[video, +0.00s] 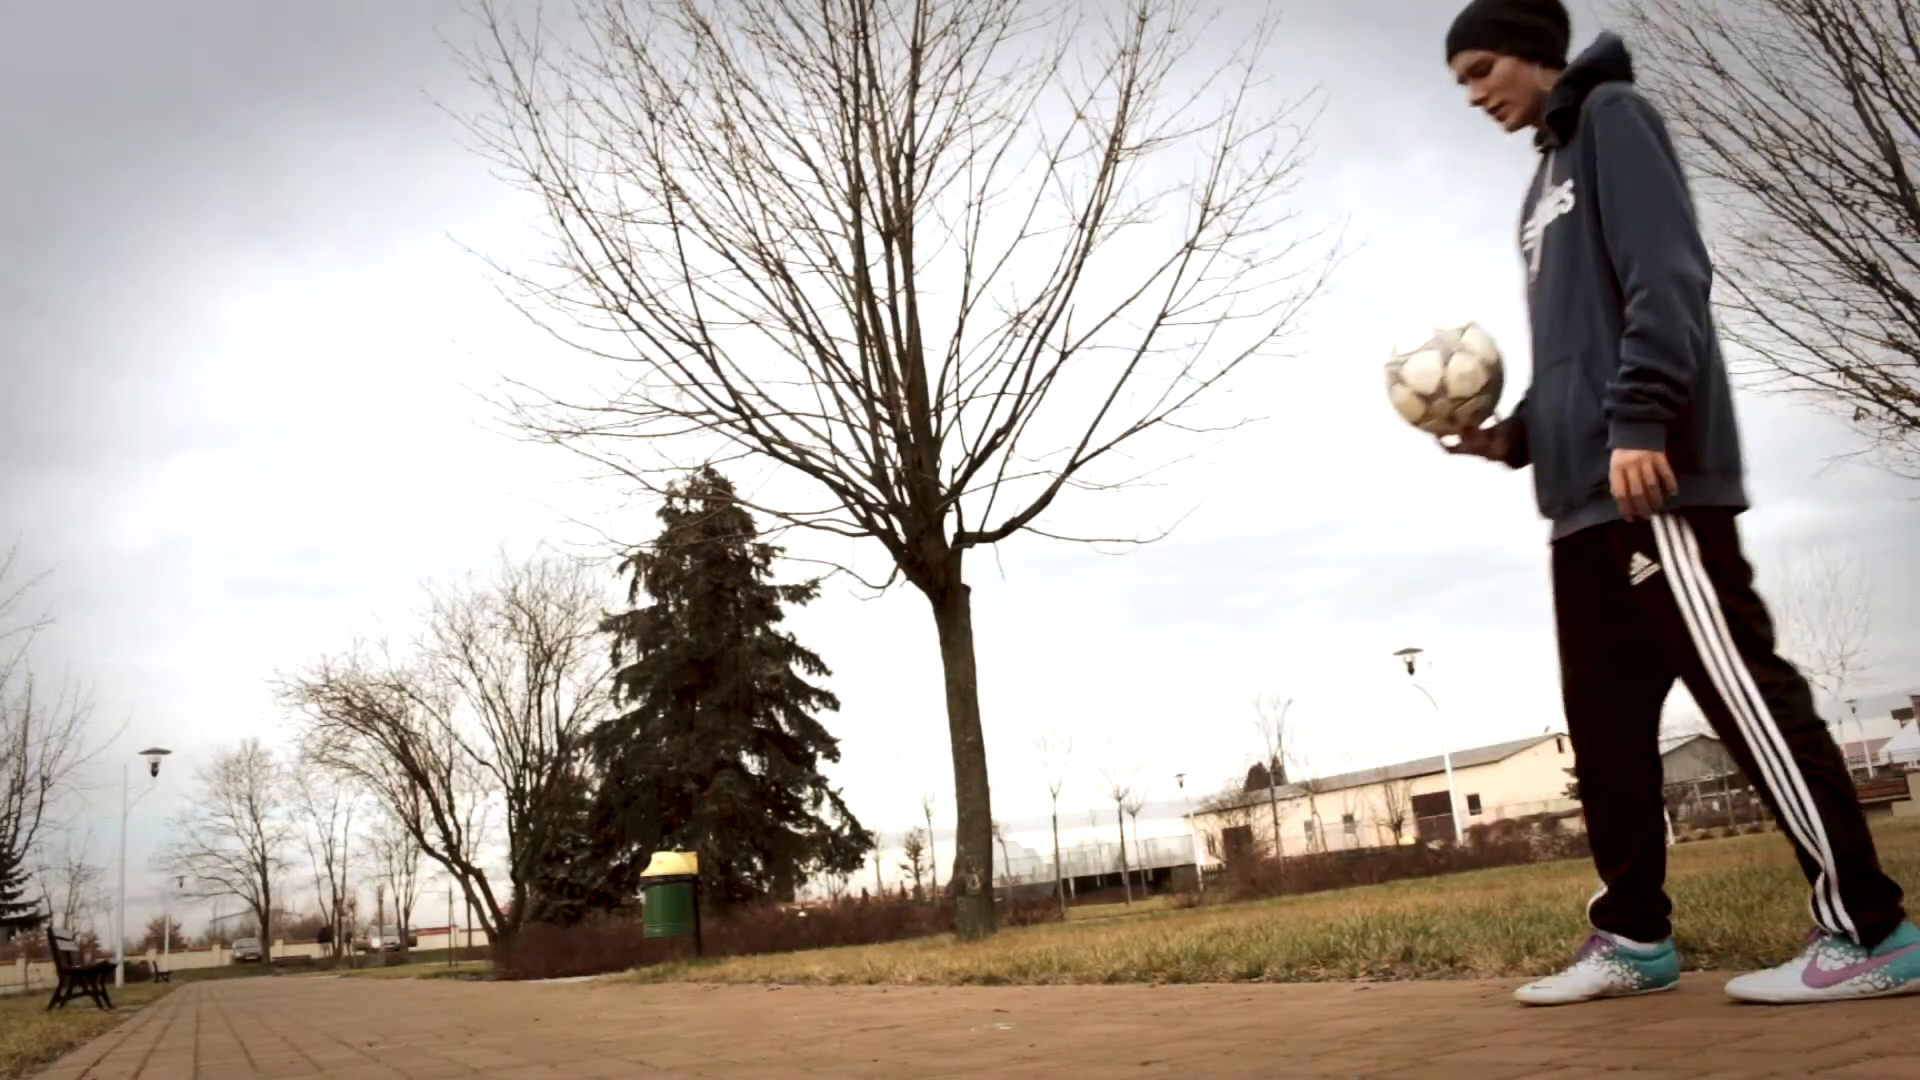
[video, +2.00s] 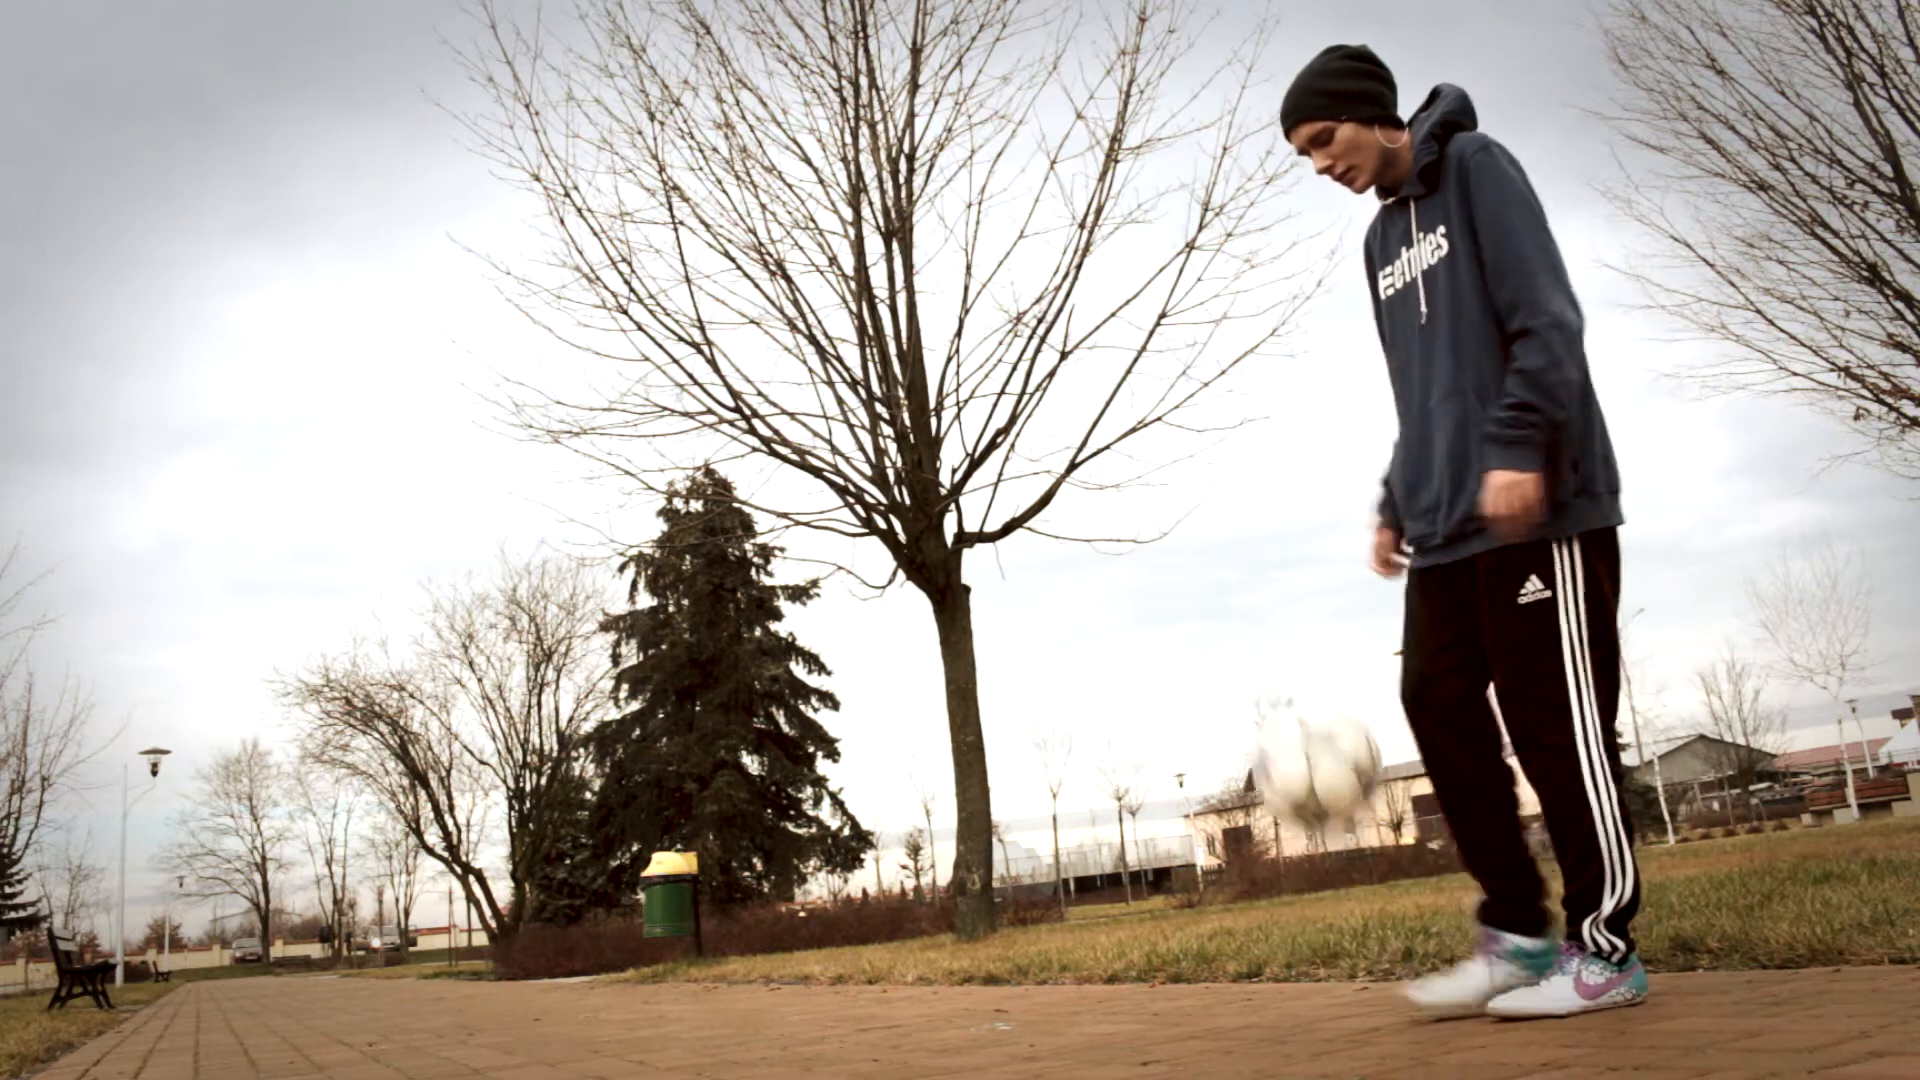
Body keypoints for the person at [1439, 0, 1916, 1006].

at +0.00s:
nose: (1476, 96)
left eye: (1481, 71)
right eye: (1465, 85)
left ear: (1533, 49)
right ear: (1483, 88)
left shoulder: (1612, 116)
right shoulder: (1544, 174)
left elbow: (1665, 273)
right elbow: (1576, 346)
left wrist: (1642, 419)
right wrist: (1519, 431)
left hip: (1657, 475)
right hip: (1587, 495)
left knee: (1750, 699)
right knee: (1605, 724)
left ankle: (1870, 930)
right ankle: (1633, 937)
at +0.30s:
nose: (1413, 132)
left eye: (1420, 108)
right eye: (1399, 122)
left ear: (1469, 86)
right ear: (1406, 130)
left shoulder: (1560, 152)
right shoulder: (1448, 233)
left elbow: (1654, 297)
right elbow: (1440, 395)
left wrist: (1616, 421)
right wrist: (1394, 489)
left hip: (1596, 480)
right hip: (1519, 503)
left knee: (1602, 681)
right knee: (1569, 708)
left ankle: (1788, 876)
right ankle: (1631, 935)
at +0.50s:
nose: (1396, 142)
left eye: (1403, 118)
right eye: (1381, 133)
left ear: (1449, 96)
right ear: (1383, 142)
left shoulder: (1541, 162)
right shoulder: (1421, 241)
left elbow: (1613, 305)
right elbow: (1413, 386)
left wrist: (1620, 440)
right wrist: (1374, 480)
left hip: (1581, 485)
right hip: (1501, 512)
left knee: (1580, 692)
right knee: (1553, 710)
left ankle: (1654, 929)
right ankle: (1617, 930)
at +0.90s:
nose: (1390, 145)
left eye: (1399, 121)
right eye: (1375, 136)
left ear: (1445, 102)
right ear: (1376, 145)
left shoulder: (1529, 170)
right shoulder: (1418, 231)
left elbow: (1582, 316)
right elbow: (1439, 369)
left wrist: (1569, 462)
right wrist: (1447, 478)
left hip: (1559, 502)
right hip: (1465, 513)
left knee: (1600, 727)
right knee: (1417, 680)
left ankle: (1628, 944)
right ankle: (1515, 893)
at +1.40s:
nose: (1348, 160)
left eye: (1353, 136)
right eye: (1333, 151)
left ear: (1402, 111)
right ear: (1340, 155)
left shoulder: (1503, 178)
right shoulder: (1386, 247)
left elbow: (1578, 315)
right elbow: (1386, 404)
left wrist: (1595, 458)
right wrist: (1354, 519)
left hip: (1528, 494)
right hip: (1441, 516)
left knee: (1496, 708)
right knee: (1466, 719)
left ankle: (1590, 921)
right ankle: (1535, 945)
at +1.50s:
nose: (1333, 171)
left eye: (1337, 147)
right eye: (1318, 162)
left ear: (1387, 119)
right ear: (1328, 164)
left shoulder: (1490, 178)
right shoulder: (1377, 257)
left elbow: (1584, 301)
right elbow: (1360, 404)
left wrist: (1645, 445)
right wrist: (1286, 512)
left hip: (1525, 491)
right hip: (1449, 510)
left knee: (1429, 695)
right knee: (1479, 716)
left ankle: (1467, 930)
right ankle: (1546, 949)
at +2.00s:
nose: (1324, 163)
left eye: (1327, 138)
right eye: (1309, 154)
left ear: (1377, 108)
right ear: (1321, 153)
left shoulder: (1474, 169)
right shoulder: (1380, 238)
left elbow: (1547, 318)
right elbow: (1421, 388)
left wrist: (1520, 447)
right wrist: (1399, 499)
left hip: (1539, 503)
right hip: (1447, 525)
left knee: (1558, 720)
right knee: (1439, 710)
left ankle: (1607, 952)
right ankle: (1521, 938)